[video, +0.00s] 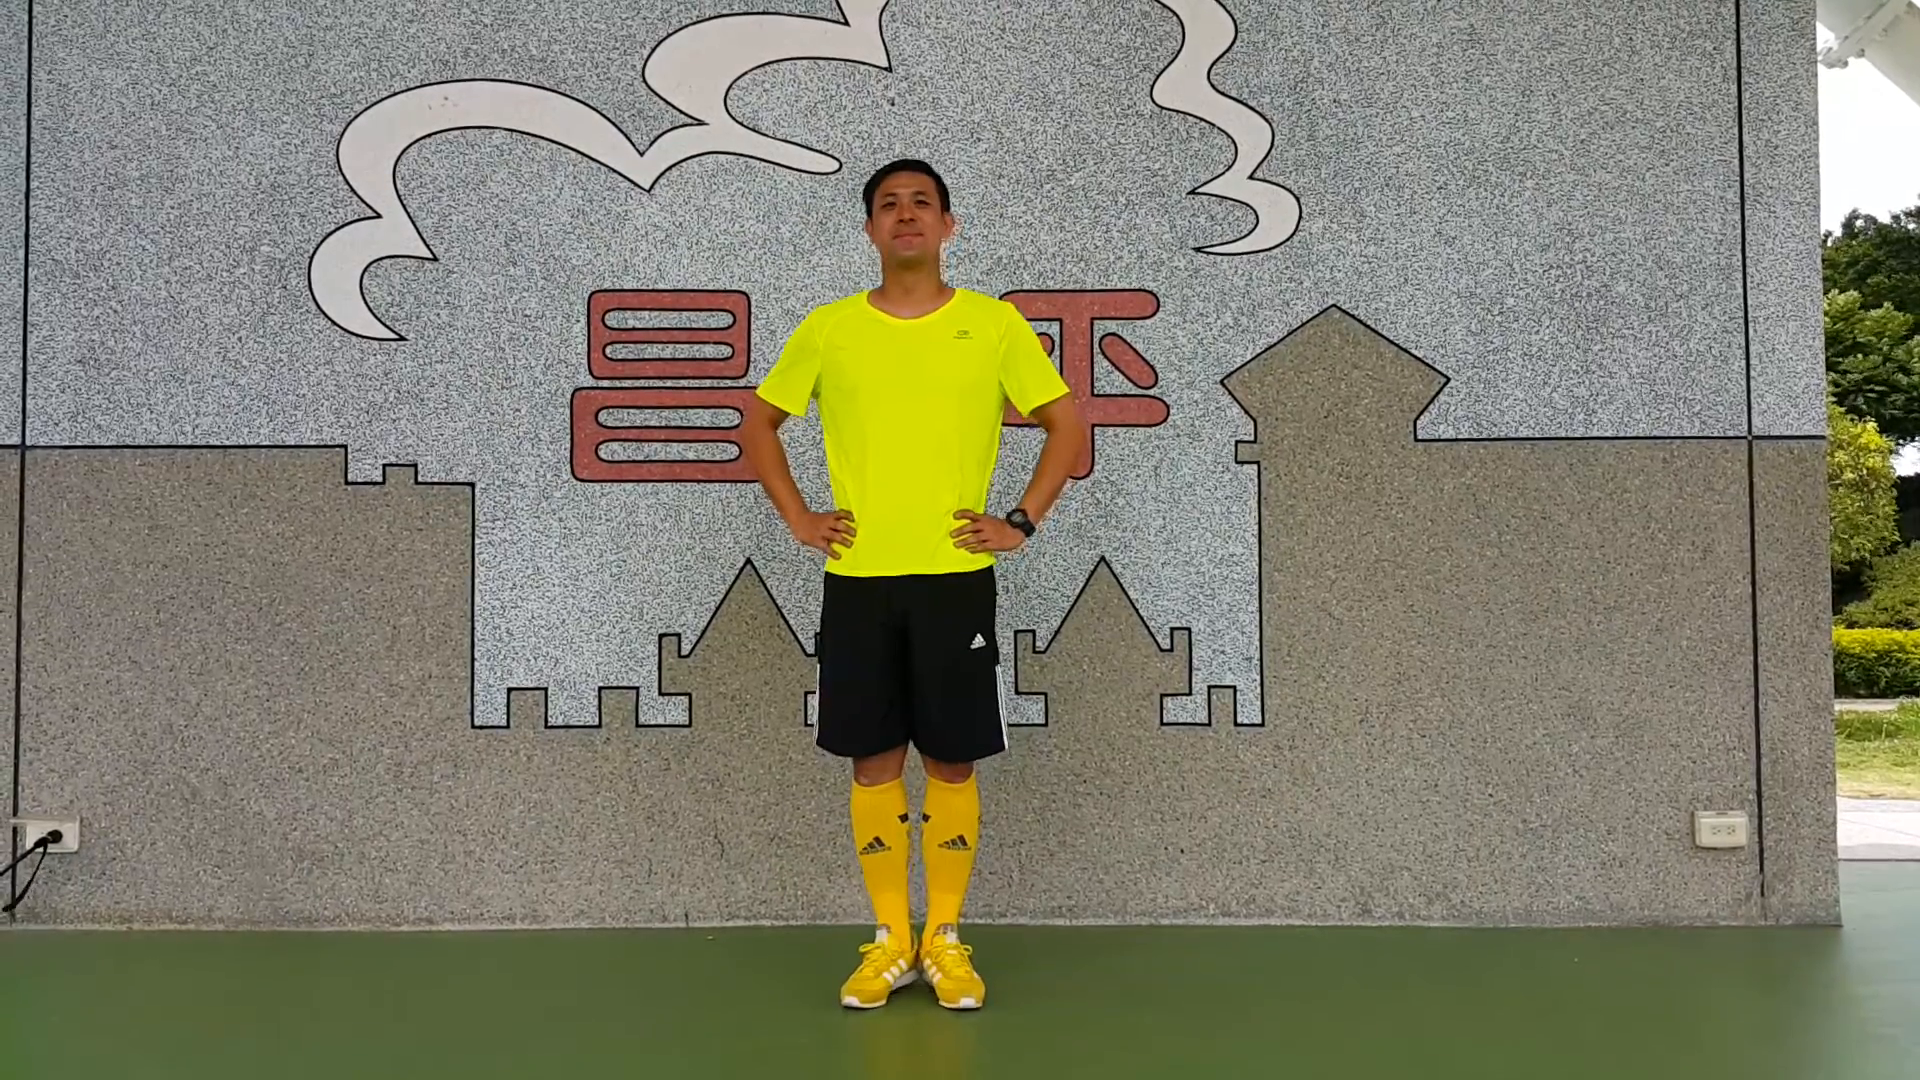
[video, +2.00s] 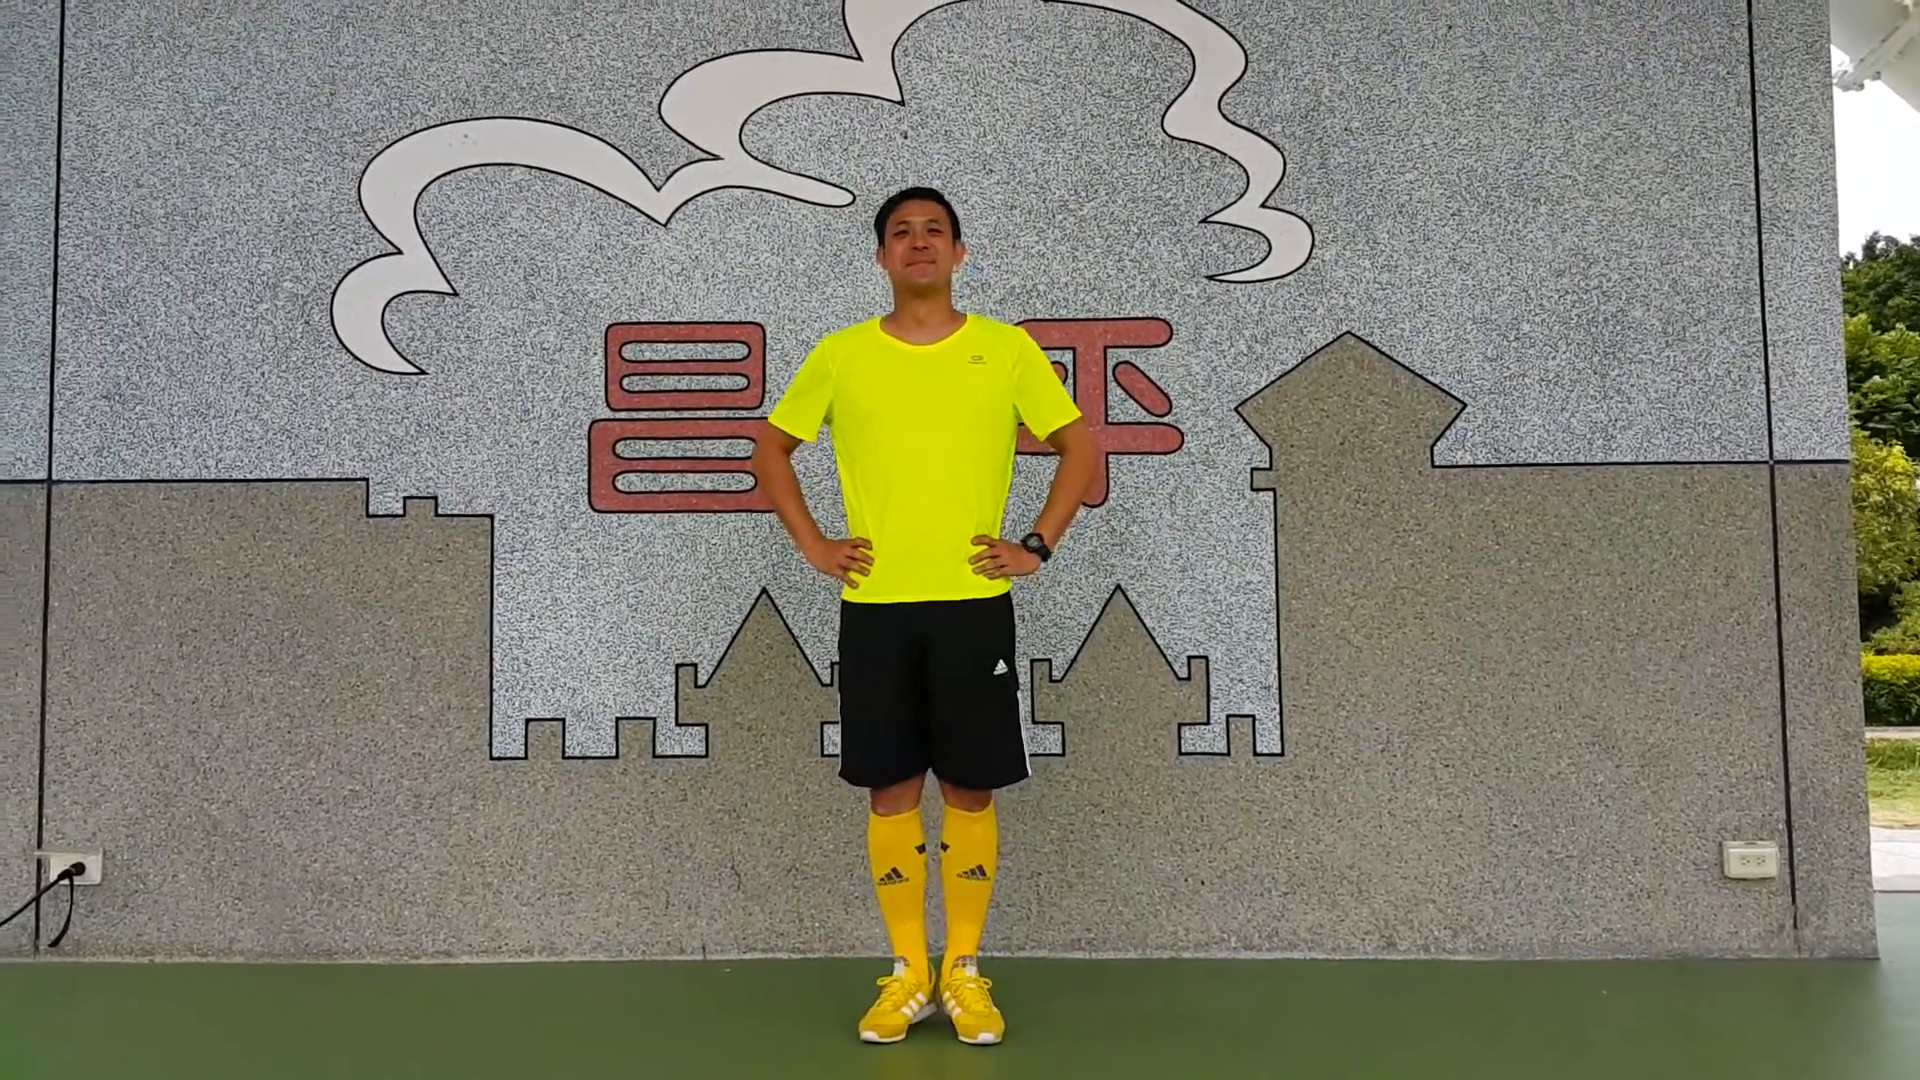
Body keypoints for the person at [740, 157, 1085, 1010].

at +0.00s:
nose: (906, 215)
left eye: (921, 203)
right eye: (890, 205)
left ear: (949, 228)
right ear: (869, 232)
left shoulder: (994, 323)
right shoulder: (830, 326)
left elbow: (1069, 427)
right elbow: (756, 422)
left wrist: (1022, 522)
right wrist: (797, 516)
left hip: (957, 575)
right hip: (861, 574)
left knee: (950, 757)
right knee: (875, 757)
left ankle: (943, 938)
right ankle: (892, 939)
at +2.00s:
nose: (919, 243)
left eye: (934, 232)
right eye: (902, 233)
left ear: (959, 253)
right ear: (881, 258)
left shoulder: (1007, 348)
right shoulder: (842, 354)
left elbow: (1083, 447)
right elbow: (768, 448)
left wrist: (1038, 544)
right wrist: (812, 543)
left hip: (973, 600)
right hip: (877, 602)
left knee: (968, 785)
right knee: (891, 787)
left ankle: (964, 971)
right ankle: (909, 974)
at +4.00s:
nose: (1011, 301)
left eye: (1012, 291)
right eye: (994, 285)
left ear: (993, 309)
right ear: (957, 298)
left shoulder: (988, 377)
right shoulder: (938, 361)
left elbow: (1036, 292)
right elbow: (989, 246)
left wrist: (1086, 200)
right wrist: (1023, 125)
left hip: (991, 653)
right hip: (919, 641)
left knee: (1067, 812)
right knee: (823, 824)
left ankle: (1041, 994)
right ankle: (676, 974)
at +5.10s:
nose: (986, 346)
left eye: (1002, 331)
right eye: (988, 333)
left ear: (1047, 343)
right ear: (997, 352)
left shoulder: (1081, 407)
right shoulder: (999, 416)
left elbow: (1012, 289)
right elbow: (949, 328)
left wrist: (946, 190)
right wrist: (895, 241)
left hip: (1087, 667)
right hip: (1000, 680)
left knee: (1200, 836)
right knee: (896, 825)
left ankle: (1334, 996)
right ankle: (910, 1005)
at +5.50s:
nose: (985, 276)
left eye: (999, 262)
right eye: (968, 265)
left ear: (1023, 279)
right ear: (947, 285)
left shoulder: (1063, 375)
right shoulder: (913, 379)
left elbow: (1117, 485)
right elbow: (842, 477)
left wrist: (1140, 437)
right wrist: (794, 418)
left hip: (1032, 611)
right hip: (930, 612)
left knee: (1079, 792)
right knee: (897, 794)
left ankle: (1132, 979)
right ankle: (864, 975)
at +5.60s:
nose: (982, 269)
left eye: (997, 256)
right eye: (966, 258)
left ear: (1021, 273)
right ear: (945, 279)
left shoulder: (1064, 368)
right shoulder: (912, 370)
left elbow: (1134, 454)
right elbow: (832, 455)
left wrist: (1147, 399)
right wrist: (798, 391)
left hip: (1030, 609)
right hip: (925, 609)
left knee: (1075, 789)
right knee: (895, 788)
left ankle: (1127, 972)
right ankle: (862, 971)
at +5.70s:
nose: (985, 269)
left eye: (999, 255)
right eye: (969, 257)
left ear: (1022, 271)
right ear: (947, 275)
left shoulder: (1070, 356)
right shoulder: (906, 357)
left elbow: (1164, 352)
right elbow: (796, 360)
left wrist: (1171, 265)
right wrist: (780, 263)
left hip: (1031, 609)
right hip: (924, 609)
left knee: (1085, 787)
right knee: (885, 785)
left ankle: (1124, 967)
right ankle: (857, 965)